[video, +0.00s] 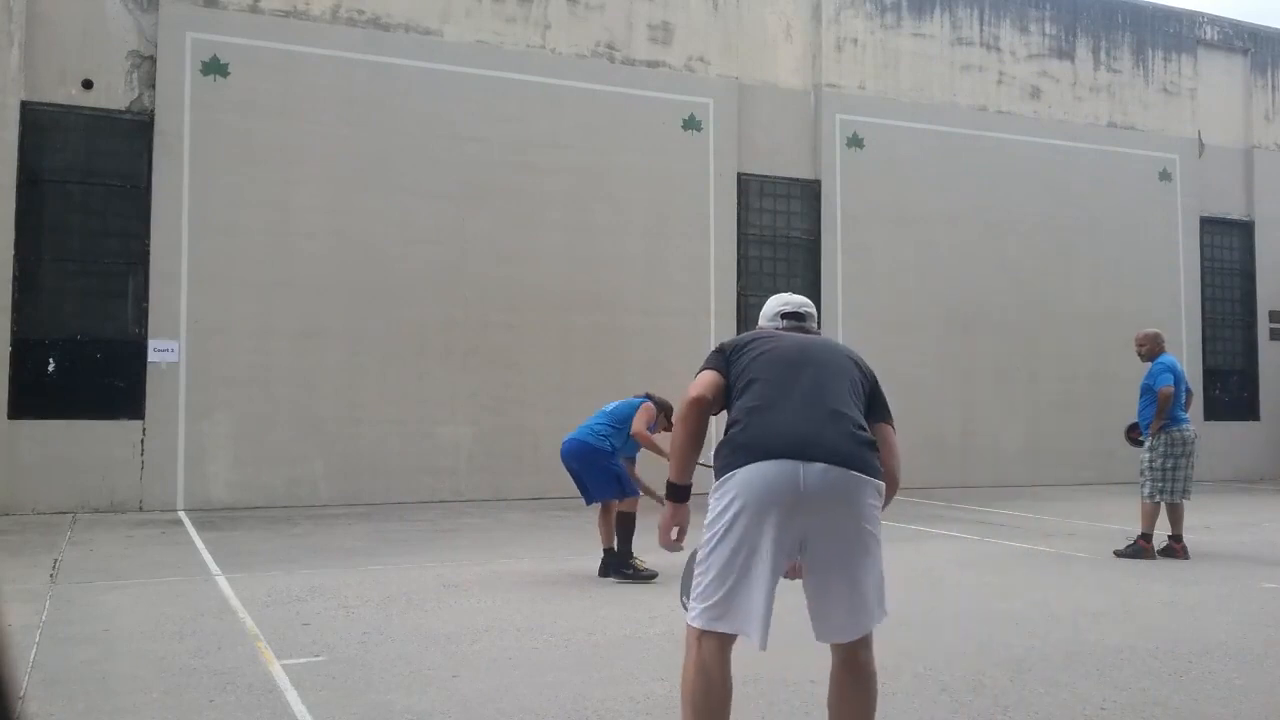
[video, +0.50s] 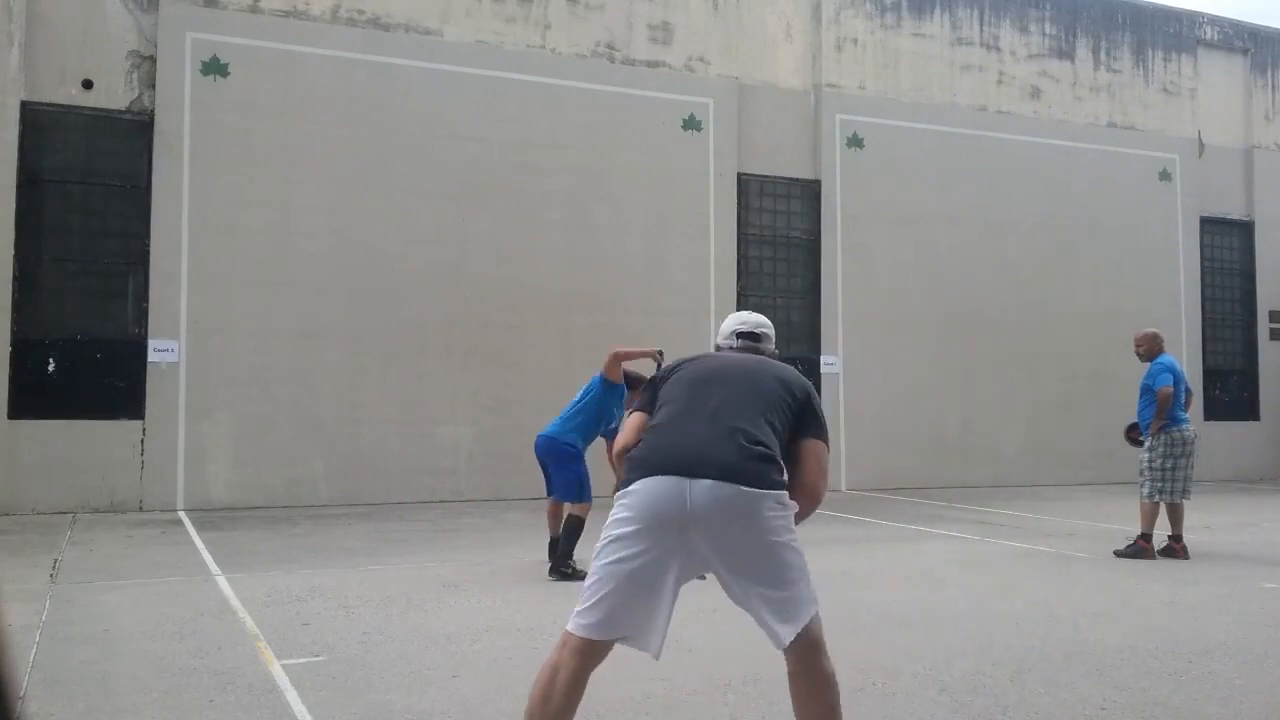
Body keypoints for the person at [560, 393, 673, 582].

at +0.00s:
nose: (659, 432)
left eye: (663, 430)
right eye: (663, 426)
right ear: (661, 413)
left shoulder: (629, 435)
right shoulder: (648, 406)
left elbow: (629, 473)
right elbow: (638, 432)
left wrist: (656, 497)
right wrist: (668, 456)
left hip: (571, 449)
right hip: (592, 449)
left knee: (608, 502)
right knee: (630, 496)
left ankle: (609, 560)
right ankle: (624, 560)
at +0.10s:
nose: (653, 426)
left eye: (657, 424)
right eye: (657, 421)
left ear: (652, 407)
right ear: (654, 408)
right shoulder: (642, 400)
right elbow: (630, 421)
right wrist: (662, 444)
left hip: (571, 444)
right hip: (586, 446)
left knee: (603, 500)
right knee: (618, 499)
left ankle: (605, 552)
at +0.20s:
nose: (649, 419)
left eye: (653, 417)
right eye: (651, 414)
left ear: (645, 403)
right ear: (648, 401)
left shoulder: (612, 398)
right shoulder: (635, 393)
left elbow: (591, 445)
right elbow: (626, 411)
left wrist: (606, 480)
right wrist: (661, 429)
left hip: (565, 443)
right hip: (580, 445)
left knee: (595, 505)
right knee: (592, 507)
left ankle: (604, 557)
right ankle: (562, 563)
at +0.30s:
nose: (642, 413)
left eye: (645, 410)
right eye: (643, 407)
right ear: (638, 394)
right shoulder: (623, 384)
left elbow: (603, 451)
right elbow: (625, 397)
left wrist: (630, 476)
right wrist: (659, 404)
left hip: (559, 443)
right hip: (573, 445)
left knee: (585, 502)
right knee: (589, 506)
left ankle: (582, 548)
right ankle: (561, 564)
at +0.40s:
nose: (637, 410)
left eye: (640, 407)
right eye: (639, 403)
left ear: (632, 393)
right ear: (635, 393)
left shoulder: (613, 418)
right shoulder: (616, 389)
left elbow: (615, 453)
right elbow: (625, 372)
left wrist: (644, 480)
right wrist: (662, 373)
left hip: (552, 444)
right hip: (569, 447)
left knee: (569, 498)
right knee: (587, 505)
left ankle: (562, 549)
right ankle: (561, 565)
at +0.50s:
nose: (638, 404)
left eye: (641, 399)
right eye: (641, 397)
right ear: (635, 389)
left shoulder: (613, 416)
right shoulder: (613, 385)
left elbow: (612, 451)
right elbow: (615, 356)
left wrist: (621, 478)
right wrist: (651, 352)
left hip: (546, 442)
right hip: (564, 446)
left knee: (556, 499)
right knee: (582, 504)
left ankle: (555, 552)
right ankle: (562, 563)